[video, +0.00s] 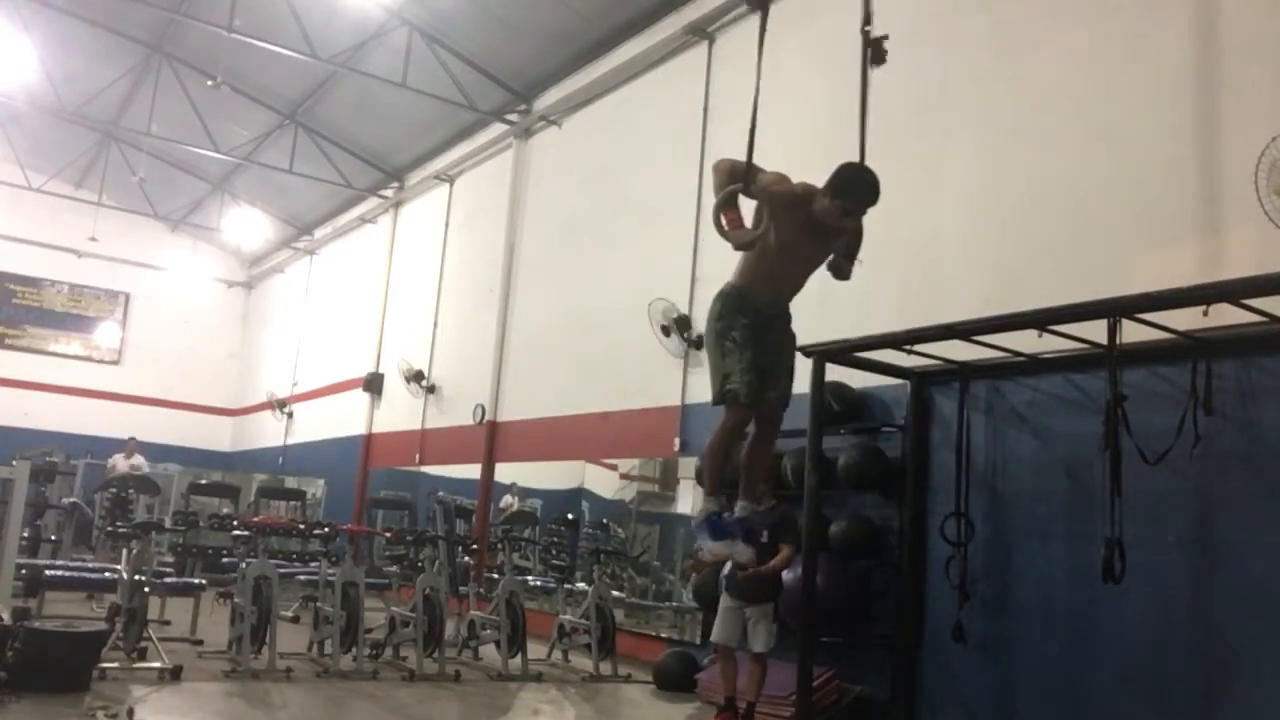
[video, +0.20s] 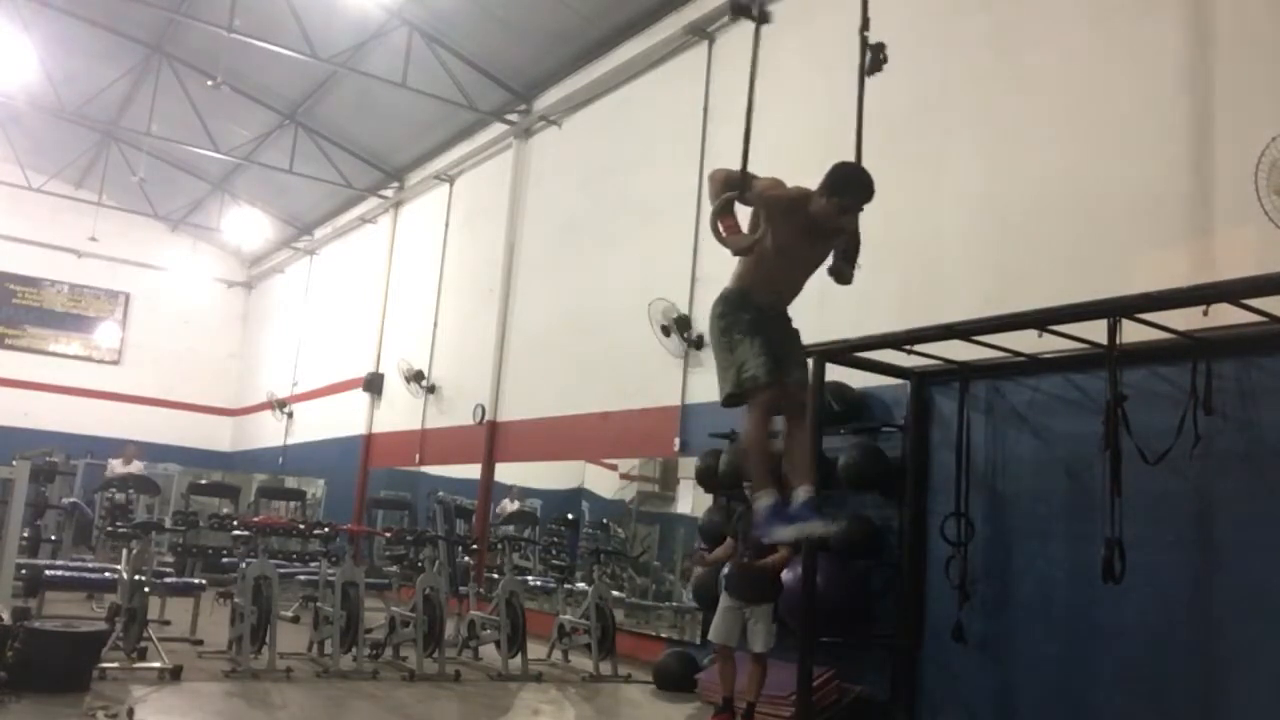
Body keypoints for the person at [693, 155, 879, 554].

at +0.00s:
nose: (848, 224)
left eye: (856, 218)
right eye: (845, 214)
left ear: (859, 210)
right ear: (827, 196)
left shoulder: (849, 229)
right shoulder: (788, 194)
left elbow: (840, 271)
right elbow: (724, 169)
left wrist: (842, 263)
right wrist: (734, 227)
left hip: (776, 319)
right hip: (737, 310)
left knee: (770, 417)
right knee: (740, 413)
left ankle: (748, 511)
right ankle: (709, 513)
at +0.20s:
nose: (850, 221)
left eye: (855, 214)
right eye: (845, 212)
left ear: (852, 208)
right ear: (825, 198)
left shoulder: (845, 229)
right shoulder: (782, 199)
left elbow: (843, 275)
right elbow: (720, 178)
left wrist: (843, 268)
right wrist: (730, 233)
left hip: (775, 316)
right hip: (738, 309)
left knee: (799, 400)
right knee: (763, 396)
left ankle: (803, 502)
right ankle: (765, 509)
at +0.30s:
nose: (836, 209)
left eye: (842, 202)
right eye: (831, 200)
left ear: (846, 198)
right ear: (811, 187)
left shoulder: (838, 226)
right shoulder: (770, 200)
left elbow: (858, 275)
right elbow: (706, 190)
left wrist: (860, 255)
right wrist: (727, 233)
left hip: (777, 320)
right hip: (739, 316)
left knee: (817, 378)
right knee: (783, 378)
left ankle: (842, 475)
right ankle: (803, 487)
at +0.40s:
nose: (819, 219)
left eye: (825, 213)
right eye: (814, 209)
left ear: (828, 212)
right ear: (794, 198)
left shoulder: (818, 241)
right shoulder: (752, 223)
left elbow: (825, 269)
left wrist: (862, 271)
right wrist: (715, 235)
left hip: (784, 335)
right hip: (743, 334)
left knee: (840, 363)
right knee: (801, 367)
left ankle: (871, 448)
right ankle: (839, 465)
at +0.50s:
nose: (798, 254)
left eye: (804, 248)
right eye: (793, 245)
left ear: (807, 247)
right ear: (773, 236)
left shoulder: (801, 281)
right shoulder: (738, 270)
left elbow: (819, 321)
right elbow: (686, 301)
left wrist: (853, 283)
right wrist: (717, 260)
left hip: (791, 367)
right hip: (750, 371)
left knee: (853, 358)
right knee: (820, 366)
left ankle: (897, 431)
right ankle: (866, 453)